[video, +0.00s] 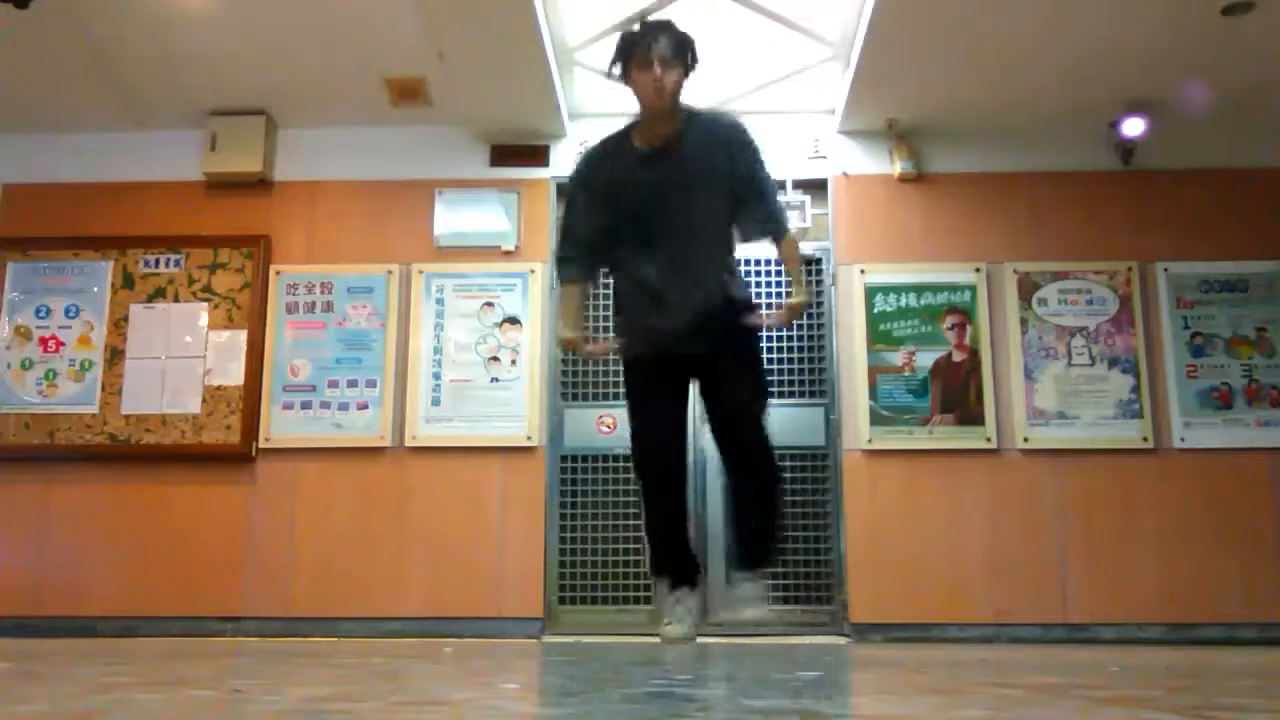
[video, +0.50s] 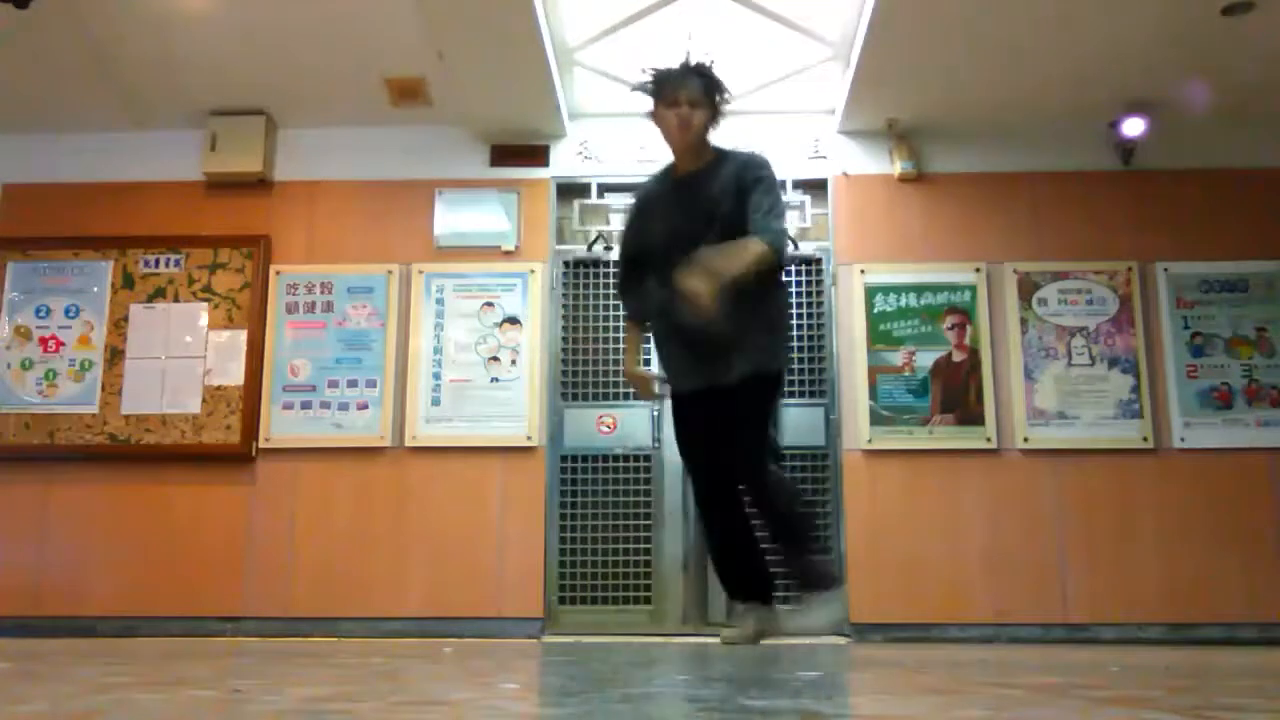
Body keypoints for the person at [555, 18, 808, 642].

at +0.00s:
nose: (660, 76)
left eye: (669, 64)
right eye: (647, 65)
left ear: (686, 73)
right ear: (626, 76)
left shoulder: (723, 138)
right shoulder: (601, 165)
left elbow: (769, 213)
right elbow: (577, 255)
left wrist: (798, 287)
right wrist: (570, 327)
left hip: (724, 321)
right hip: (647, 333)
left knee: (745, 442)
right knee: (658, 462)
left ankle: (749, 576)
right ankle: (677, 590)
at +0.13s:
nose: (664, 72)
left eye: (673, 60)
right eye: (650, 61)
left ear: (688, 67)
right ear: (628, 71)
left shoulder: (730, 137)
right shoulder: (607, 158)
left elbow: (796, 200)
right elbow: (568, 238)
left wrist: (843, 258)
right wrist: (541, 305)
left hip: (717, 319)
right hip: (645, 327)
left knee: (703, 446)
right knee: (655, 451)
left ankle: (666, 585)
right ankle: (709, 567)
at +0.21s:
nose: (669, 100)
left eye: (678, 87)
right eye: (655, 88)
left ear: (692, 95)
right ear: (634, 97)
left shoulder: (736, 165)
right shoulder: (619, 183)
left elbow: (806, 208)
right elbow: (565, 247)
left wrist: (857, 250)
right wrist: (530, 302)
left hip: (713, 340)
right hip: (644, 346)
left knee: (669, 460)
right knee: (647, 474)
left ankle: (648, 605)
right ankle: (732, 575)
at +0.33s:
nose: (665, 110)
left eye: (677, 100)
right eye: (654, 100)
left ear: (696, 109)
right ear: (638, 111)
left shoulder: (736, 173)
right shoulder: (623, 193)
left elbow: (798, 241)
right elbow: (593, 268)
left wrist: (852, 295)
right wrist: (565, 322)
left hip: (725, 351)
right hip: (659, 357)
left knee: (672, 470)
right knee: (674, 480)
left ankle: (653, 599)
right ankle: (738, 589)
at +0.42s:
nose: (658, 109)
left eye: (670, 97)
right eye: (650, 98)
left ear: (698, 100)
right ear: (641, 105)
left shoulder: (740, 162)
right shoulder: (634, 184)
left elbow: (782, 246)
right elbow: (615, 270)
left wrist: (791, 313)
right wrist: (603, 342)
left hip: (743, 343)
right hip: (675, 350)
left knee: (723, 474)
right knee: (693, 482)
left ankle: (738, 598)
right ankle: (726, 601)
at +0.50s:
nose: (679, 116)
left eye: (690, 105)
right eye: (668, 106)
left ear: (712, 113)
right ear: (656, 116)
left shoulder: (746, 171)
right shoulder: (652, 199)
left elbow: (769, 239)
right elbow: (634, 283)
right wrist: (631, 358)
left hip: (753, 355)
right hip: (689, 366)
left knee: (749, 466)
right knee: (711, 486)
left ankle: (818, 586)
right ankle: (752, 602)